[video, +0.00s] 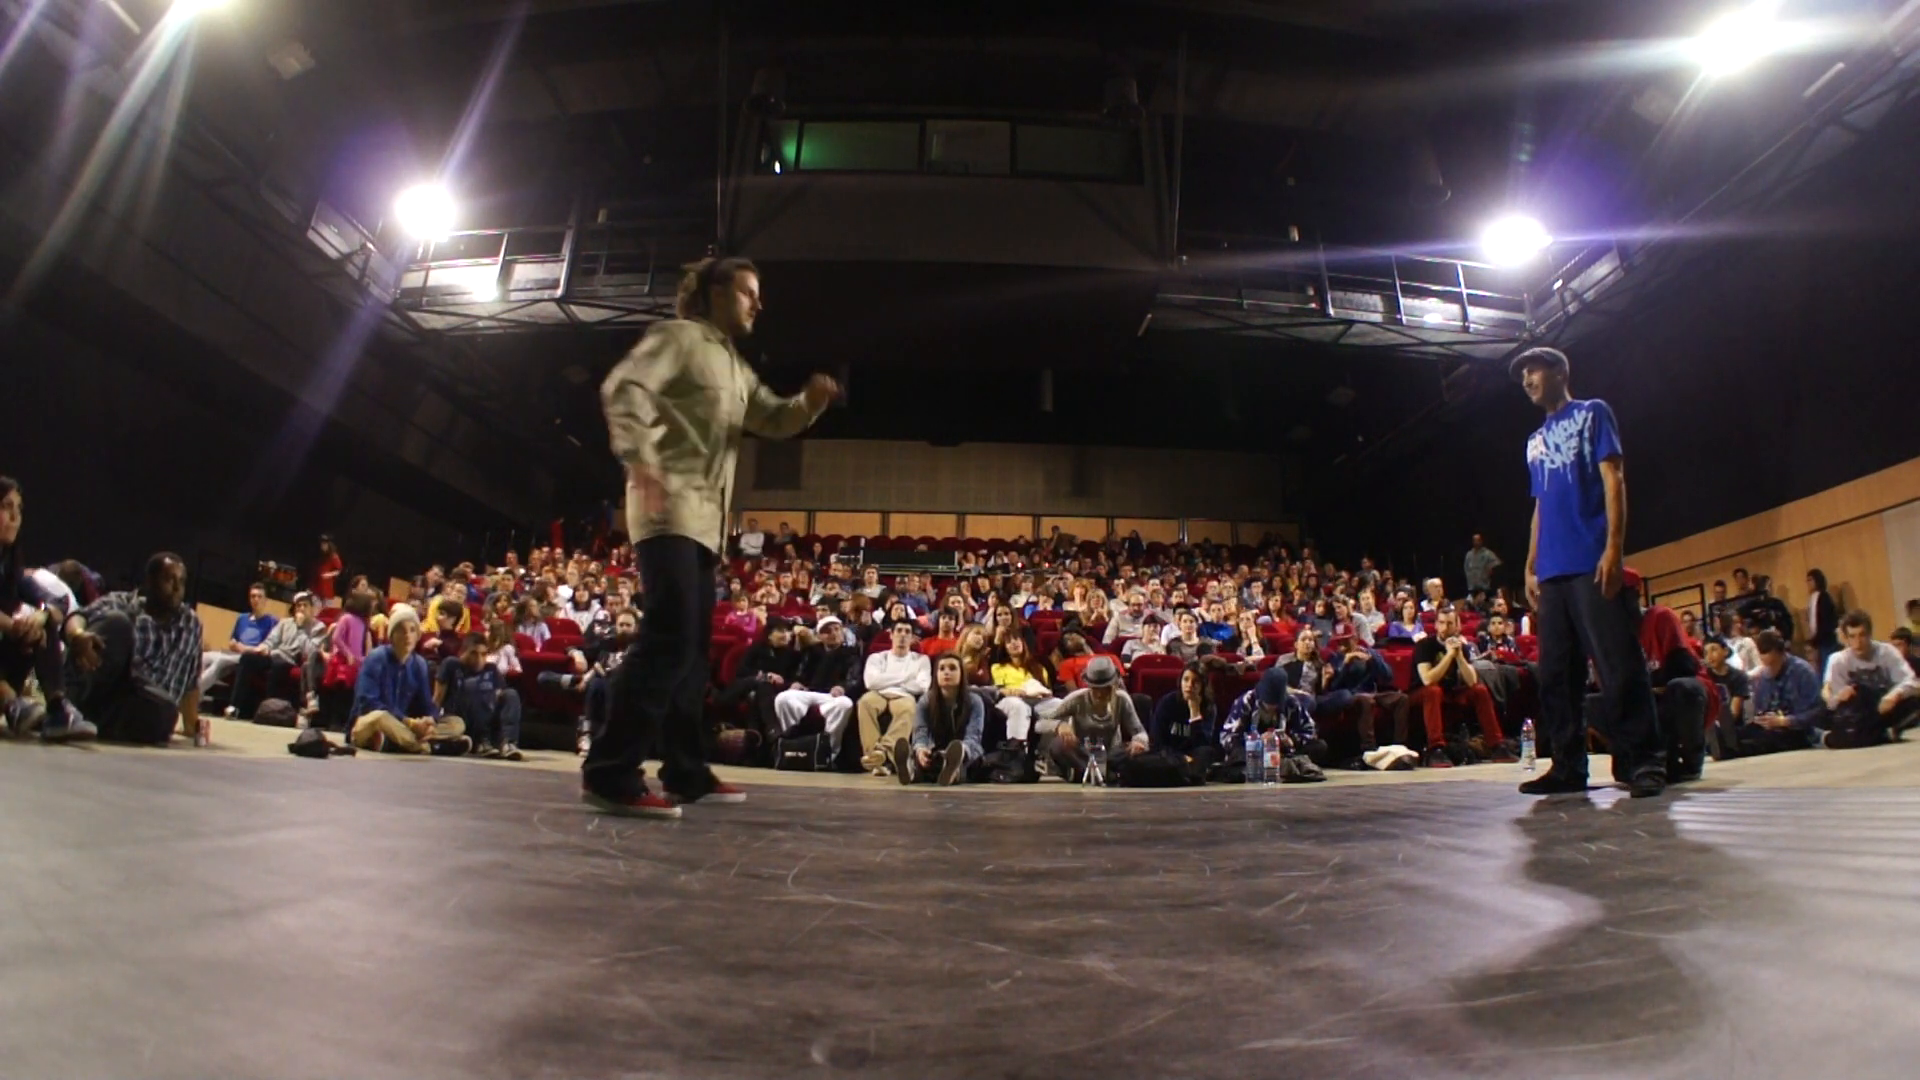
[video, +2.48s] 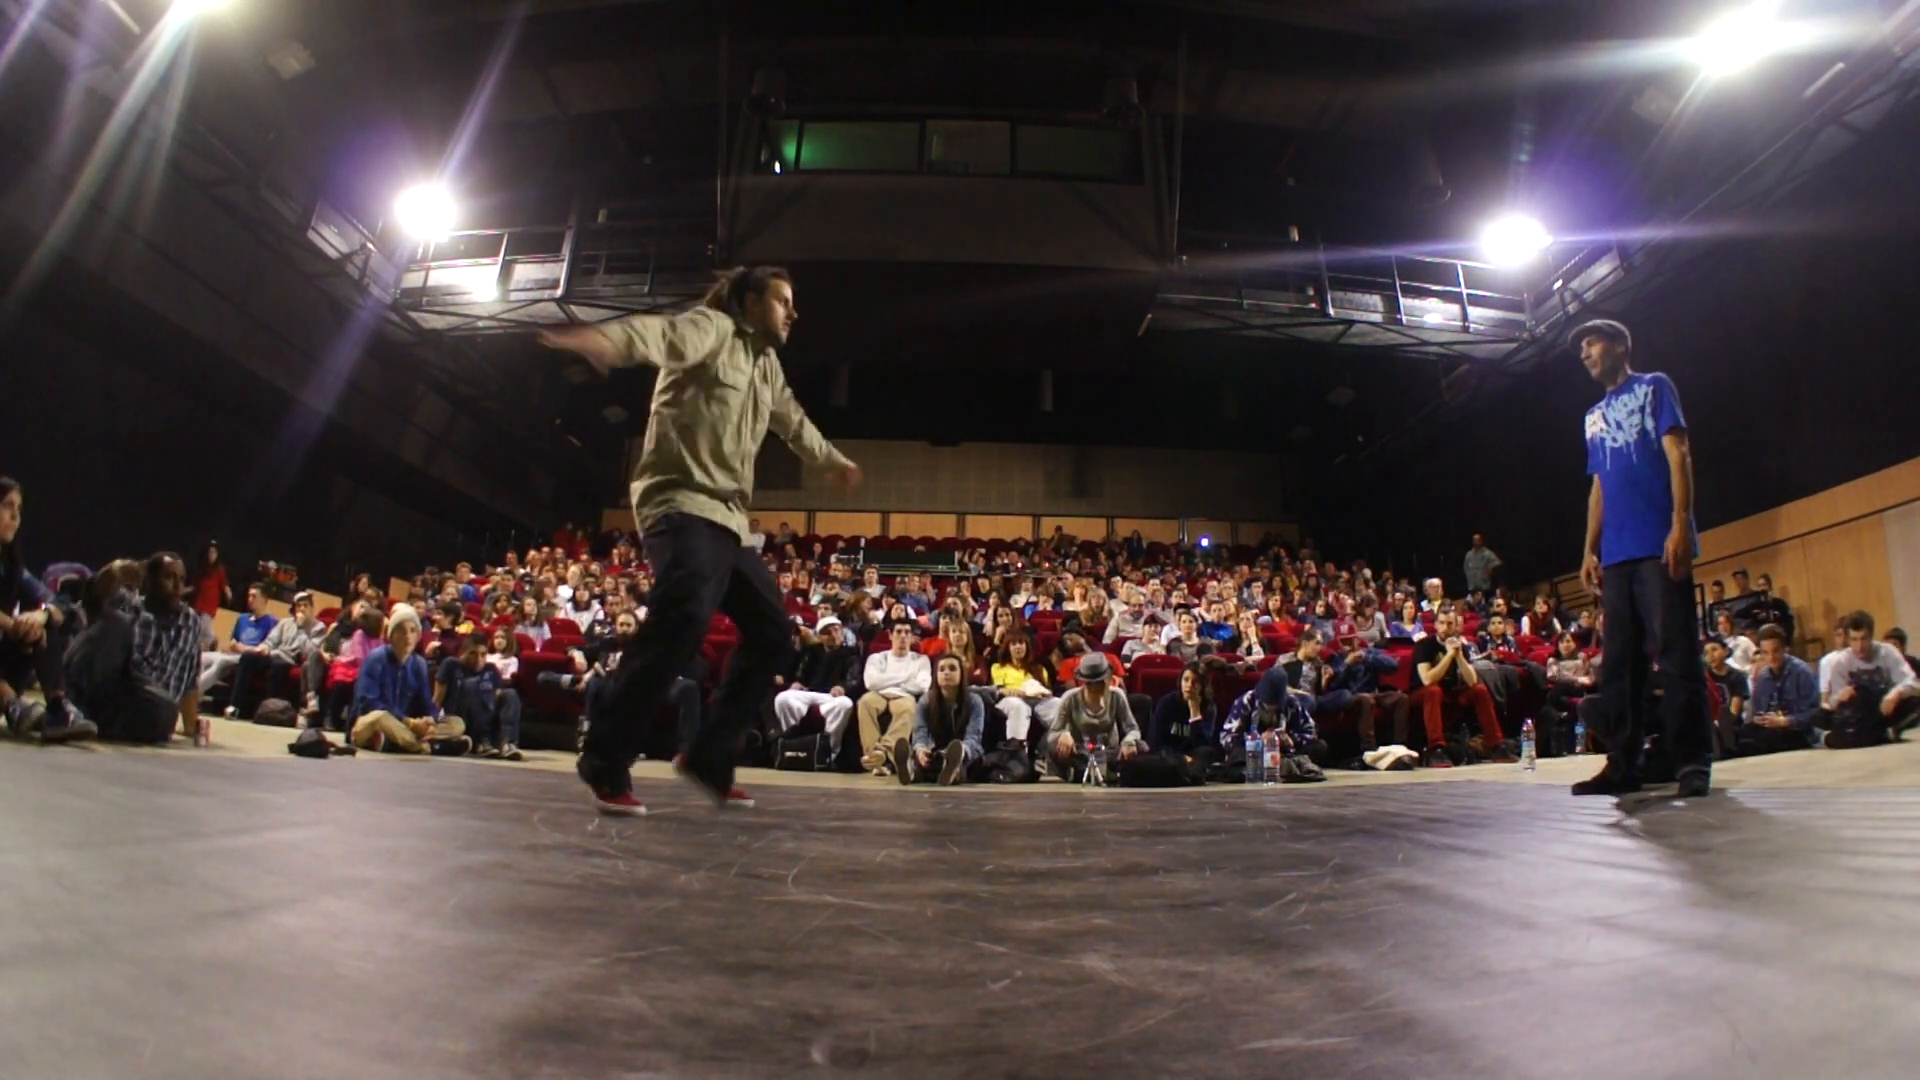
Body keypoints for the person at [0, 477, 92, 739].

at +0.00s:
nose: (14, 516)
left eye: (18, 509)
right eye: (6, 507)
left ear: (21, 515)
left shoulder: (12, 567)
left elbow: (56, 606)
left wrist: (43, 615)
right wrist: (11, 625)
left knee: (44, 624)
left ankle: (57, 708)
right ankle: (11, 703)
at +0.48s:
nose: (14, 516)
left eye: (18, 509)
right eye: (8, 506)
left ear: (21, 517)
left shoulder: (11, 562)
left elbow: (53, 609)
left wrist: (42, 614)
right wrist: (13, 625)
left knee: (44, 628)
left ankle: (58, 708)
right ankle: (11, 704)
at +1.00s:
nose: (20, 518)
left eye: (22, 510)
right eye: (13, 509)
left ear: (21, 515)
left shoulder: (11, 564)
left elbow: (53, 607)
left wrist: (42, 613)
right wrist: (11, 624)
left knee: (47, 623)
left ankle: (58, 708)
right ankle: (12, 705)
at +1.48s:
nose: (17, 517)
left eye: (20, 509)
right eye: (10, 507)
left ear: (21, 514)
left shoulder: (12, 565)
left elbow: (55, 607)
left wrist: (42, 614)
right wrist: (11, 623)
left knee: (45, 624)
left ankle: (58, 709)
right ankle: (11, 704)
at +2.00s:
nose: (17, 516)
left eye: (19, 508)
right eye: (10, 506)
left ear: (21, 514)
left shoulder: (12, 565)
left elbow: (55, 607)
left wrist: (42, 614)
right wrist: (12, 623)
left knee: (46, 624)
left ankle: (58, 709)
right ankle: (12, 706)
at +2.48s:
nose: (15, 516)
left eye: (18, 508)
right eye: (8, 506)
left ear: (19, 514)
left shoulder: (11, 564)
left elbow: (57, 608)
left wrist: (42, 614)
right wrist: (10, 623)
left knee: (44, 624)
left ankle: (57, 708)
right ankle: (12, 705)